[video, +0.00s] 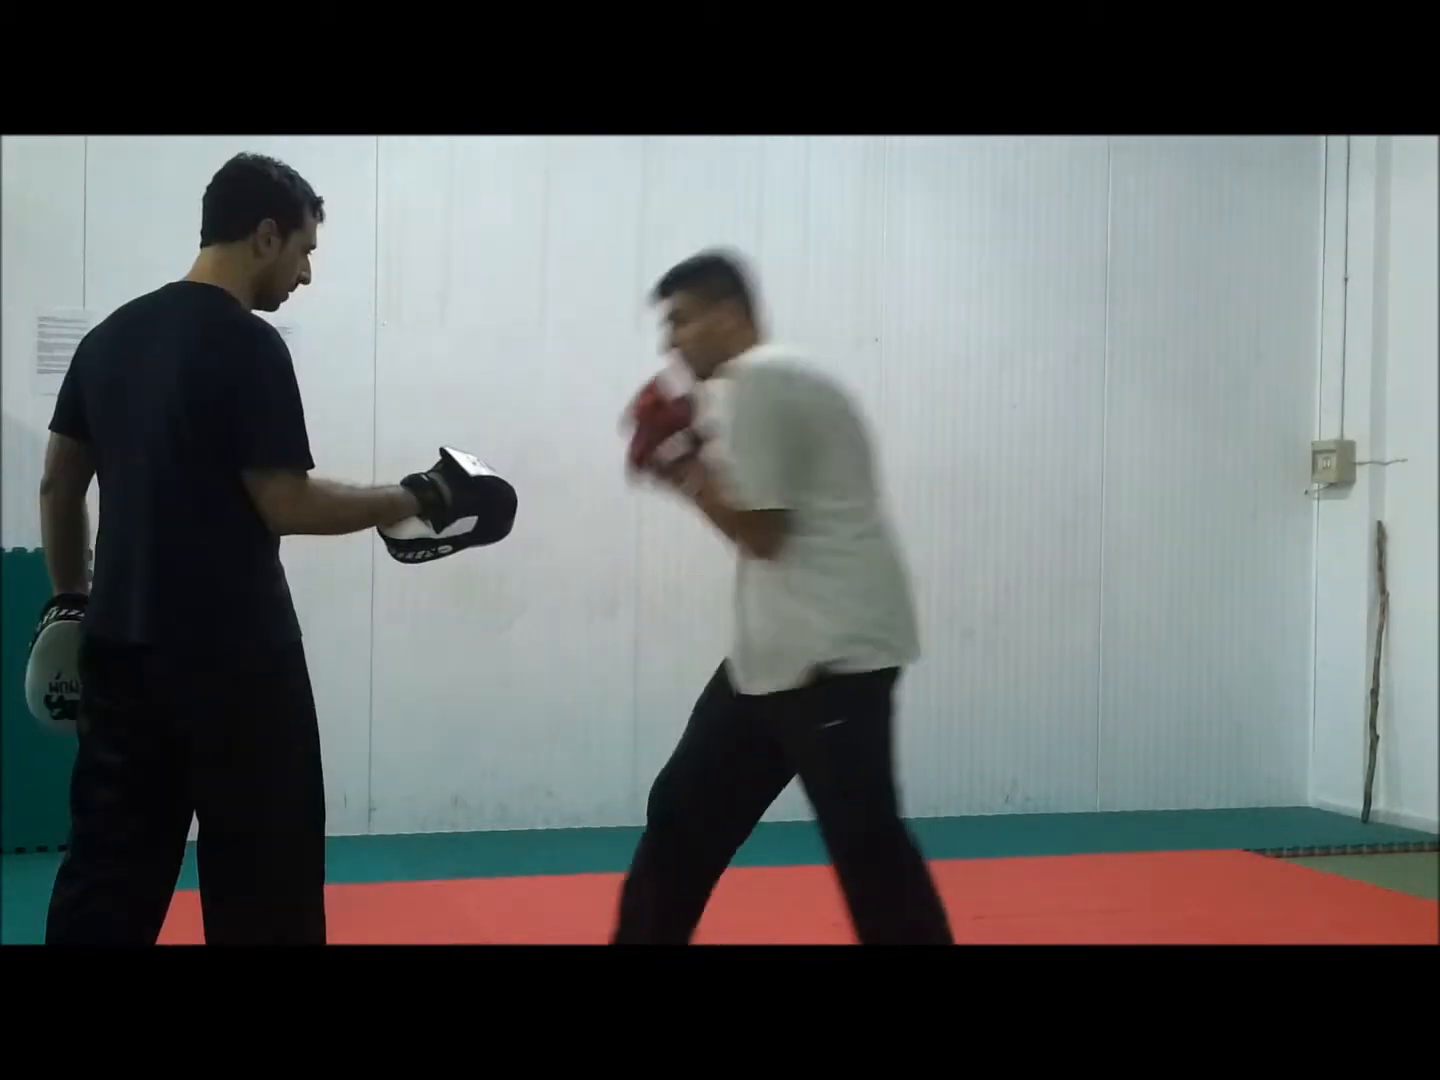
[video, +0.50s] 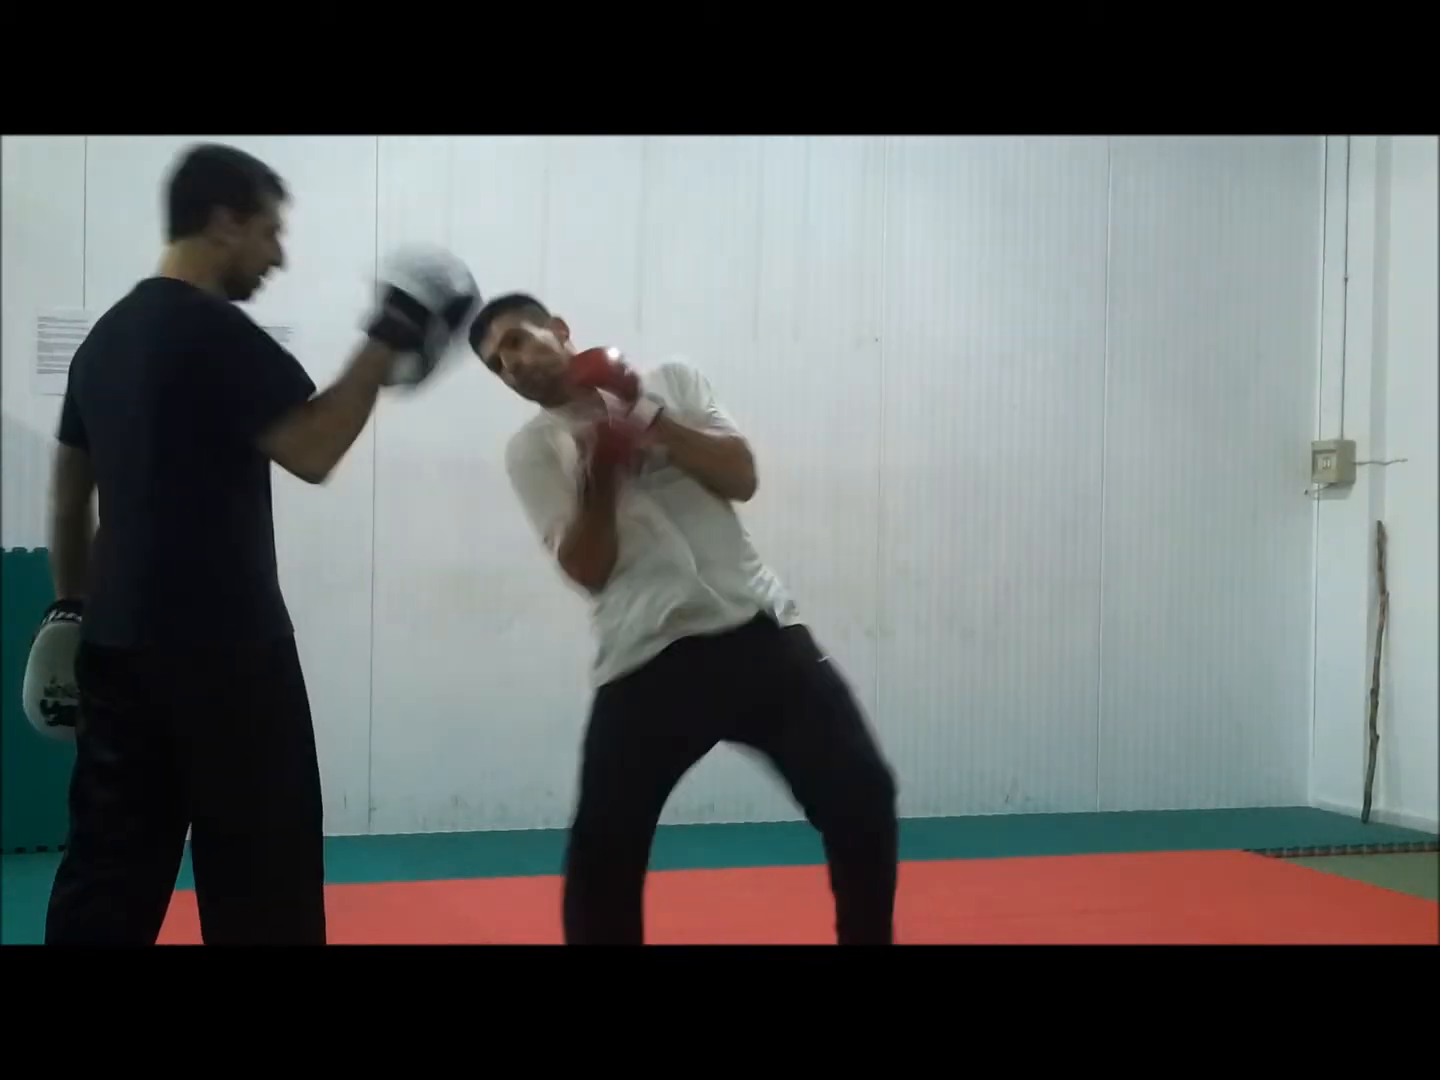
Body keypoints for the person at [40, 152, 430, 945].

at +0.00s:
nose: (306, 272)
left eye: (311, 252)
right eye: (306, 249)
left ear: (216, 233)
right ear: (266, 235)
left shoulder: (110, 337)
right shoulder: (251, 345)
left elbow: (61, 487)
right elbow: (286, 502)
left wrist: (68, 607)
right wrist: (410, 499)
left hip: (122, 654)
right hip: (239, 657)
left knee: (106, 882)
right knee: (267, 888)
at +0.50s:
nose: (279, 254)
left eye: (279, 233)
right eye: (271, 230)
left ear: (205, 224)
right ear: (222, 221)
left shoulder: (108, 335)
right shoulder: (221, 333)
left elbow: (70, 495)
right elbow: (314, 449)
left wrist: (71, 613)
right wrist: (385, 341)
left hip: (120, 651)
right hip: (229, 655)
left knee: (107, 877)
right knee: (267, 883)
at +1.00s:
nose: (291, 267)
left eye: (293, 247)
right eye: (287, 244)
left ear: (225, 233)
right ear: (241, 233)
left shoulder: (108, 336)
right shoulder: (212, 347)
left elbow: (78, 491)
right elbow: (248, 500)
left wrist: (127, 581)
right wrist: (386, 480)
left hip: (118, 641)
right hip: (219, 648)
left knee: (111, 866)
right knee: (257, 869)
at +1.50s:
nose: (310, 270)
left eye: (314, 250)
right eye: (308, 246)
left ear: (218, 232)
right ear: (263, 233)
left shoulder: (108, 339)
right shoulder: (246, 353)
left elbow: (65, 487)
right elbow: (284, 510)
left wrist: (64, 603)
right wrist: (420, 492)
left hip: (122, 656)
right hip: (238, 663)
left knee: (106, 881)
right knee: (267, 888)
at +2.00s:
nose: (304, 269)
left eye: (307, 249)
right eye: (303, 245)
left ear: (212, 230)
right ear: (260, 231)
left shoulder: (107, 338)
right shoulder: (243, 349)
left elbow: (66, 490)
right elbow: (282, 505)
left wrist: (86, 602)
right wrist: (412, 489)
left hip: (123, 661)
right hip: (238, 664)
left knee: (105, 885)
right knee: (268, 891)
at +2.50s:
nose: (293, 262)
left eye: (294, 242)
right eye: (285, 239)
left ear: (223, 231)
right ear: (231, 227)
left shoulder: (120, 332)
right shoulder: (192, 336)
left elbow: (83, 490)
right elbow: (227, 493)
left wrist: (95, 612)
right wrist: (371, 471)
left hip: (127, 654)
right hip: (216, 657)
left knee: (115, 875)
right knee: (259, 885)